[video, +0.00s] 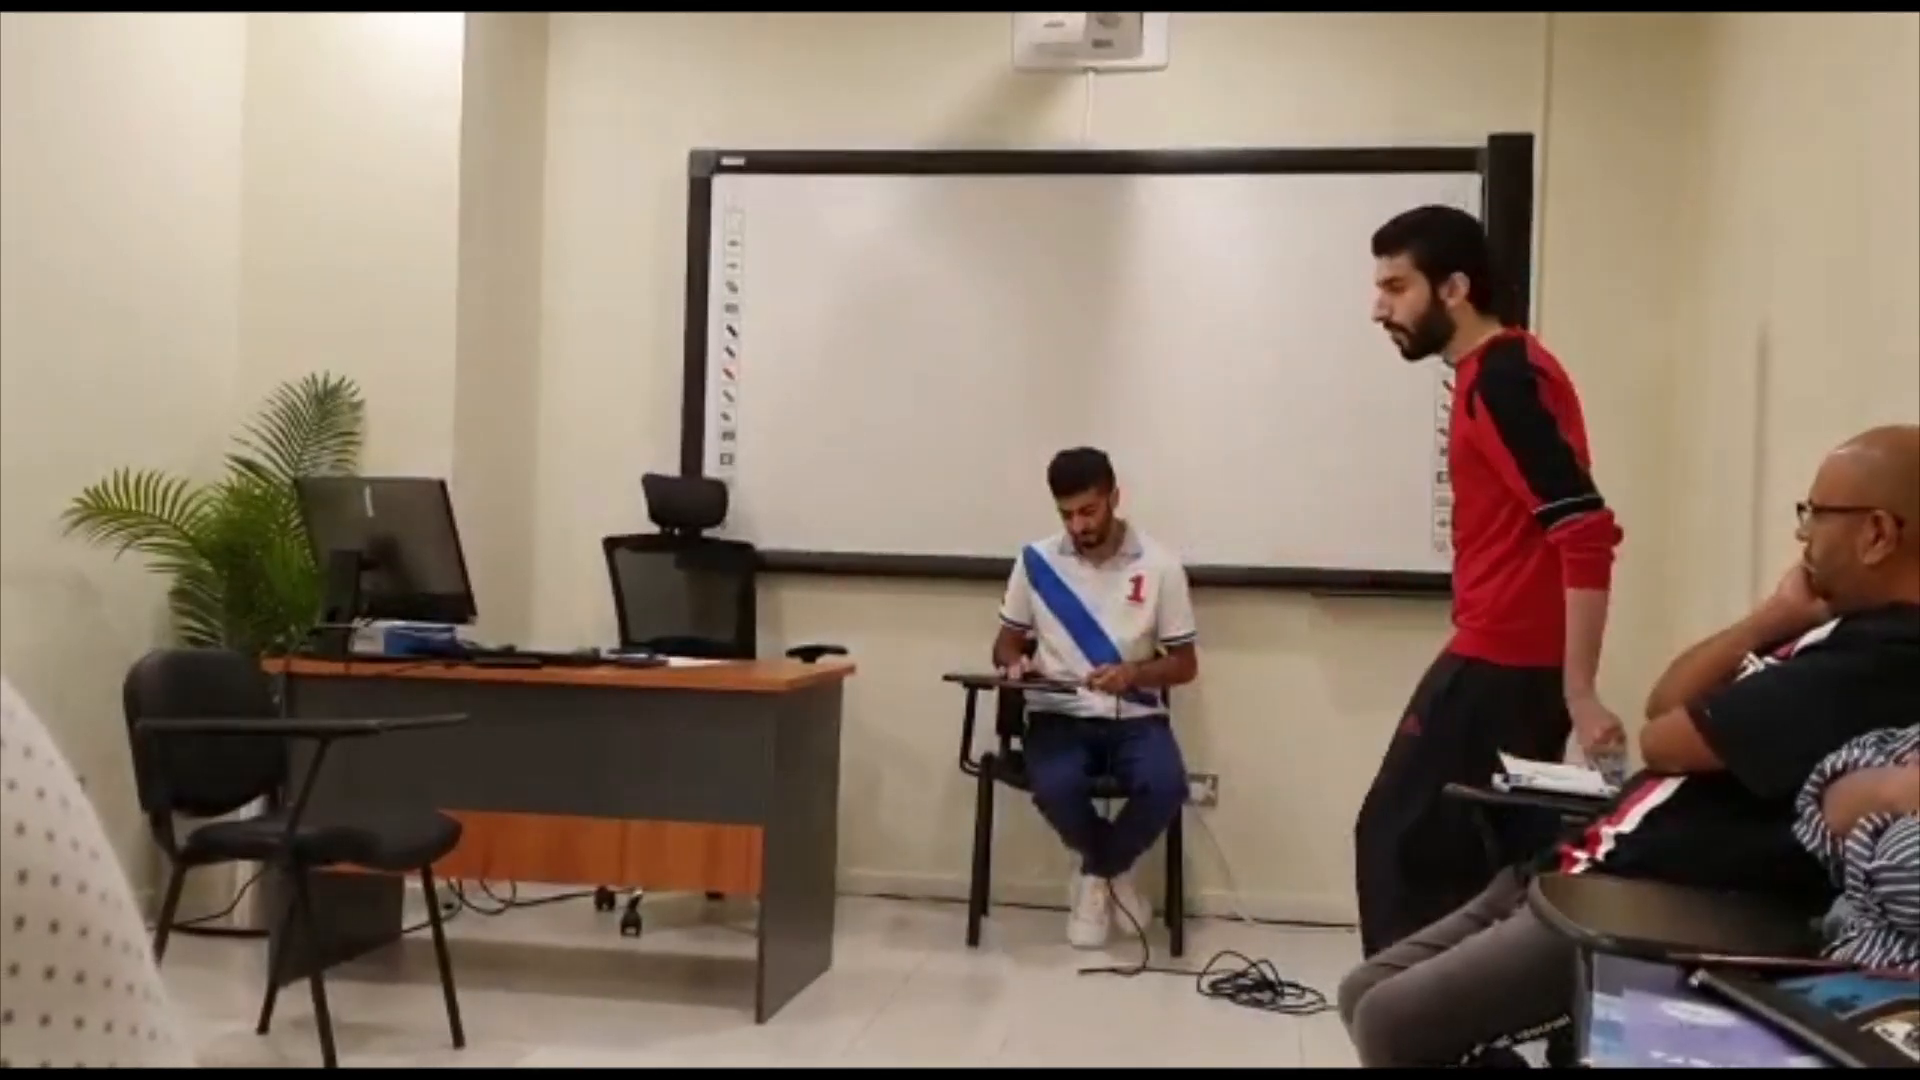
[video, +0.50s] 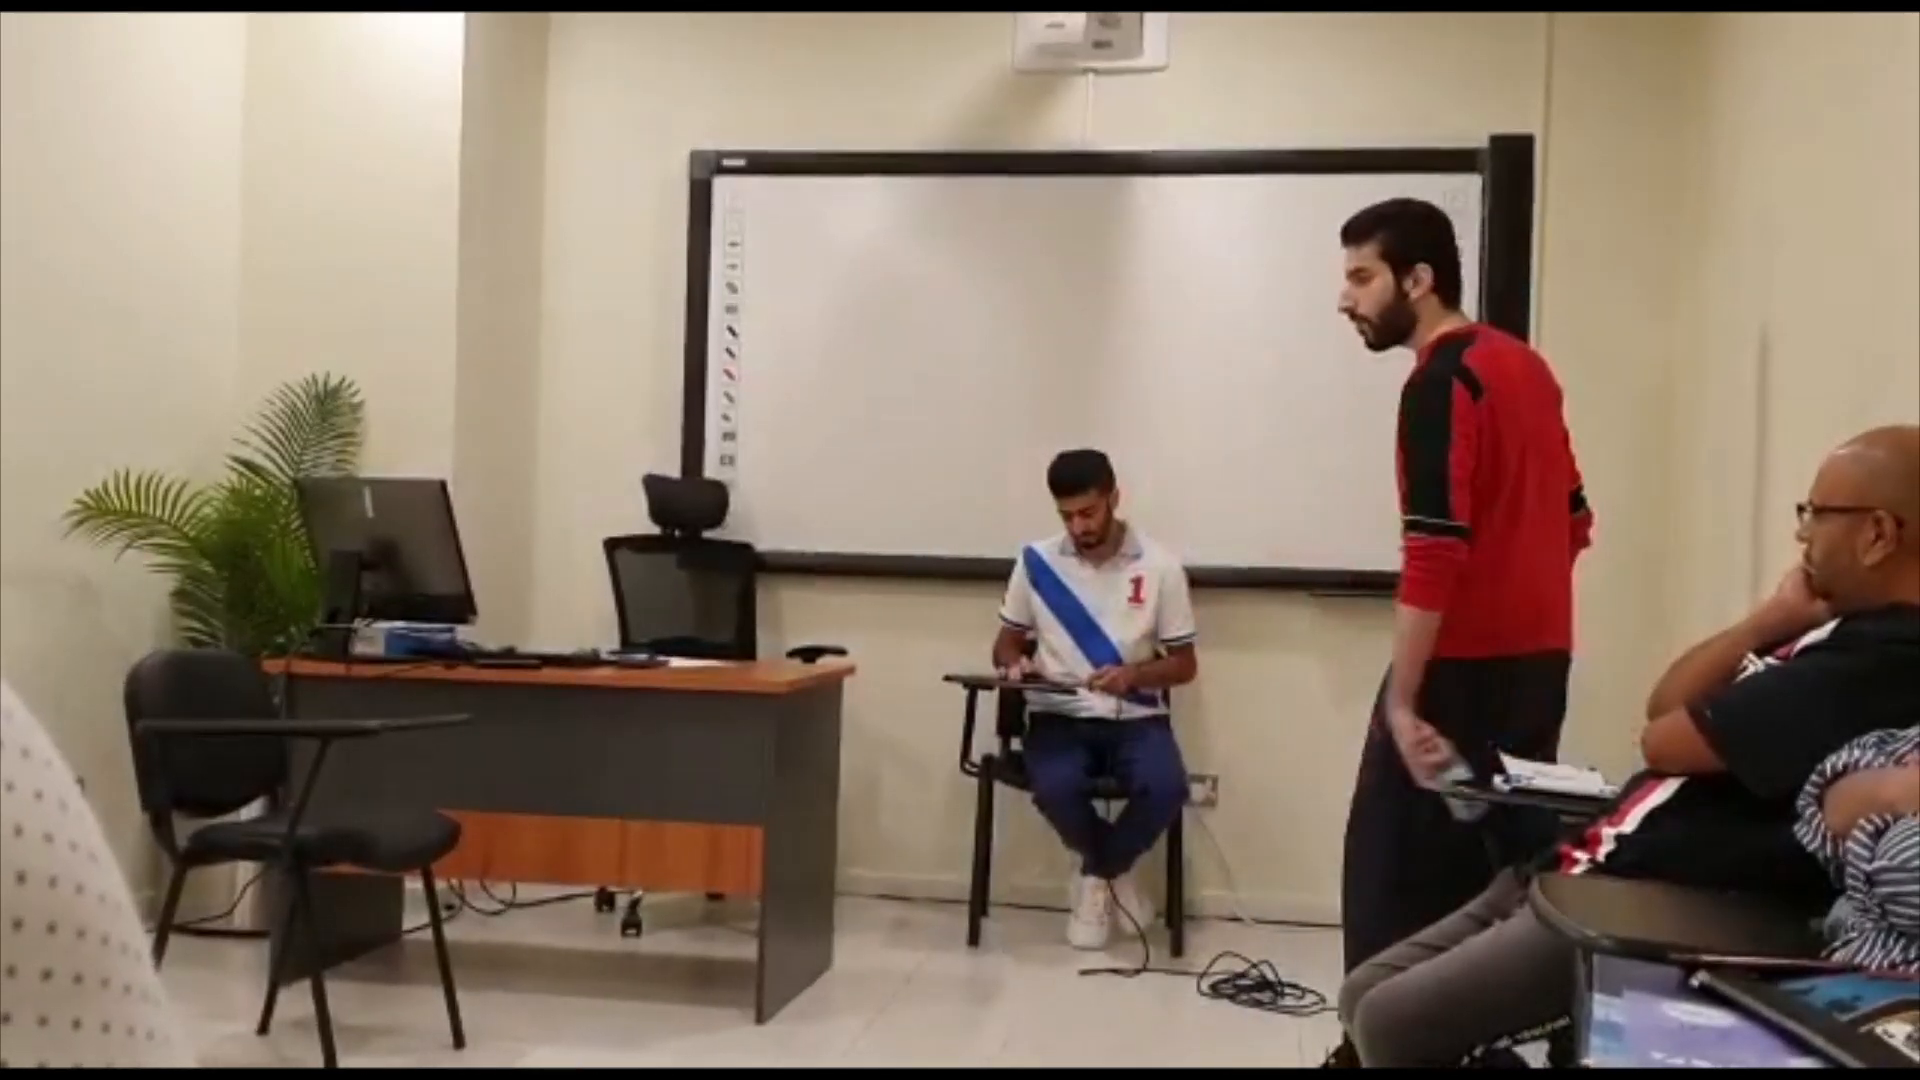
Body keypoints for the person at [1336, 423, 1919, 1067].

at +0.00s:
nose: (1800, 538)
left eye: (1813, 517)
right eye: (1804, 516)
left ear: (1880, 534)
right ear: (1880, 534)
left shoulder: (1882, 654)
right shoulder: (1854, 629)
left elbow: (1664, 745)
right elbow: (1665, 703)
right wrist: (1779, 614)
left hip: (1638, 907)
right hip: (1589, 866)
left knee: (1389, 1024)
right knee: (1364, 990)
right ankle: (1488, 1062)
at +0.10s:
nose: (1800, 538)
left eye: (1812, 517)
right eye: (1804, 517)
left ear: (1880, 534)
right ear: (1880, 535)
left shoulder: (1882, 653)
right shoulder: (1857, 629)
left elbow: (1668, 743)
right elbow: (1668, 703)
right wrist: (1781, 614)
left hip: (1641, 906)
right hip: (1592, 865)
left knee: (1387, 1023)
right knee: (1366, 989)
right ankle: (1476, 1064)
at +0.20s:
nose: (1800, 539)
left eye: (1812, 518)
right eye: (1804, 518)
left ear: (1880, 534)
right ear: (1880, 535)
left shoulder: (1882, 654)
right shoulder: (1858, 629)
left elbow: (1668, 744)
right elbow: (1668, 704)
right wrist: (1782, 614)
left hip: (1640, 907)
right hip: (1592, 864)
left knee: (1387, 1022)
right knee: (1366, 990)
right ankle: (1472, 1062)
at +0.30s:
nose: (1799, 538)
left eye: (1812, 517)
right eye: (1804, 517)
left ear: (1880, 535)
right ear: (1880, 535)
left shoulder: (1882, 654)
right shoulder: (1857, 629)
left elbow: (1668, 746)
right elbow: (1666, 705)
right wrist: (1781, 614)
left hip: (1638, 907)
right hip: (1588, 865)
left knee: (1386, 1023)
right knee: (1365, 990)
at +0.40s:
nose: (1800, 537)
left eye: (1813, 517)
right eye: (1804, 516)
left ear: (1880, 534)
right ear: (1880, 535)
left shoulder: (1882, 654)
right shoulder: (1856, 630)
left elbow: (1667, 745)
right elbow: (1665, 705)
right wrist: (1781, 614)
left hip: (1635, 909)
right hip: (1585, 866)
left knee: (1387, 1023)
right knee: (1366, 989)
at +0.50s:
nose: (1800, 536)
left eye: (1813, 516)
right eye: (1805, 515)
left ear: (1880, 535)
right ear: (1880, 535)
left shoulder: (1880, 655)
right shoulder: (1857, 630)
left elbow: (1667, 744)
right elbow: (1666, 706)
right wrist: (1781, 614)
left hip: (1631, 910)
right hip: (1582, 867)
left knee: (1388, 1023)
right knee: (1367, 991)